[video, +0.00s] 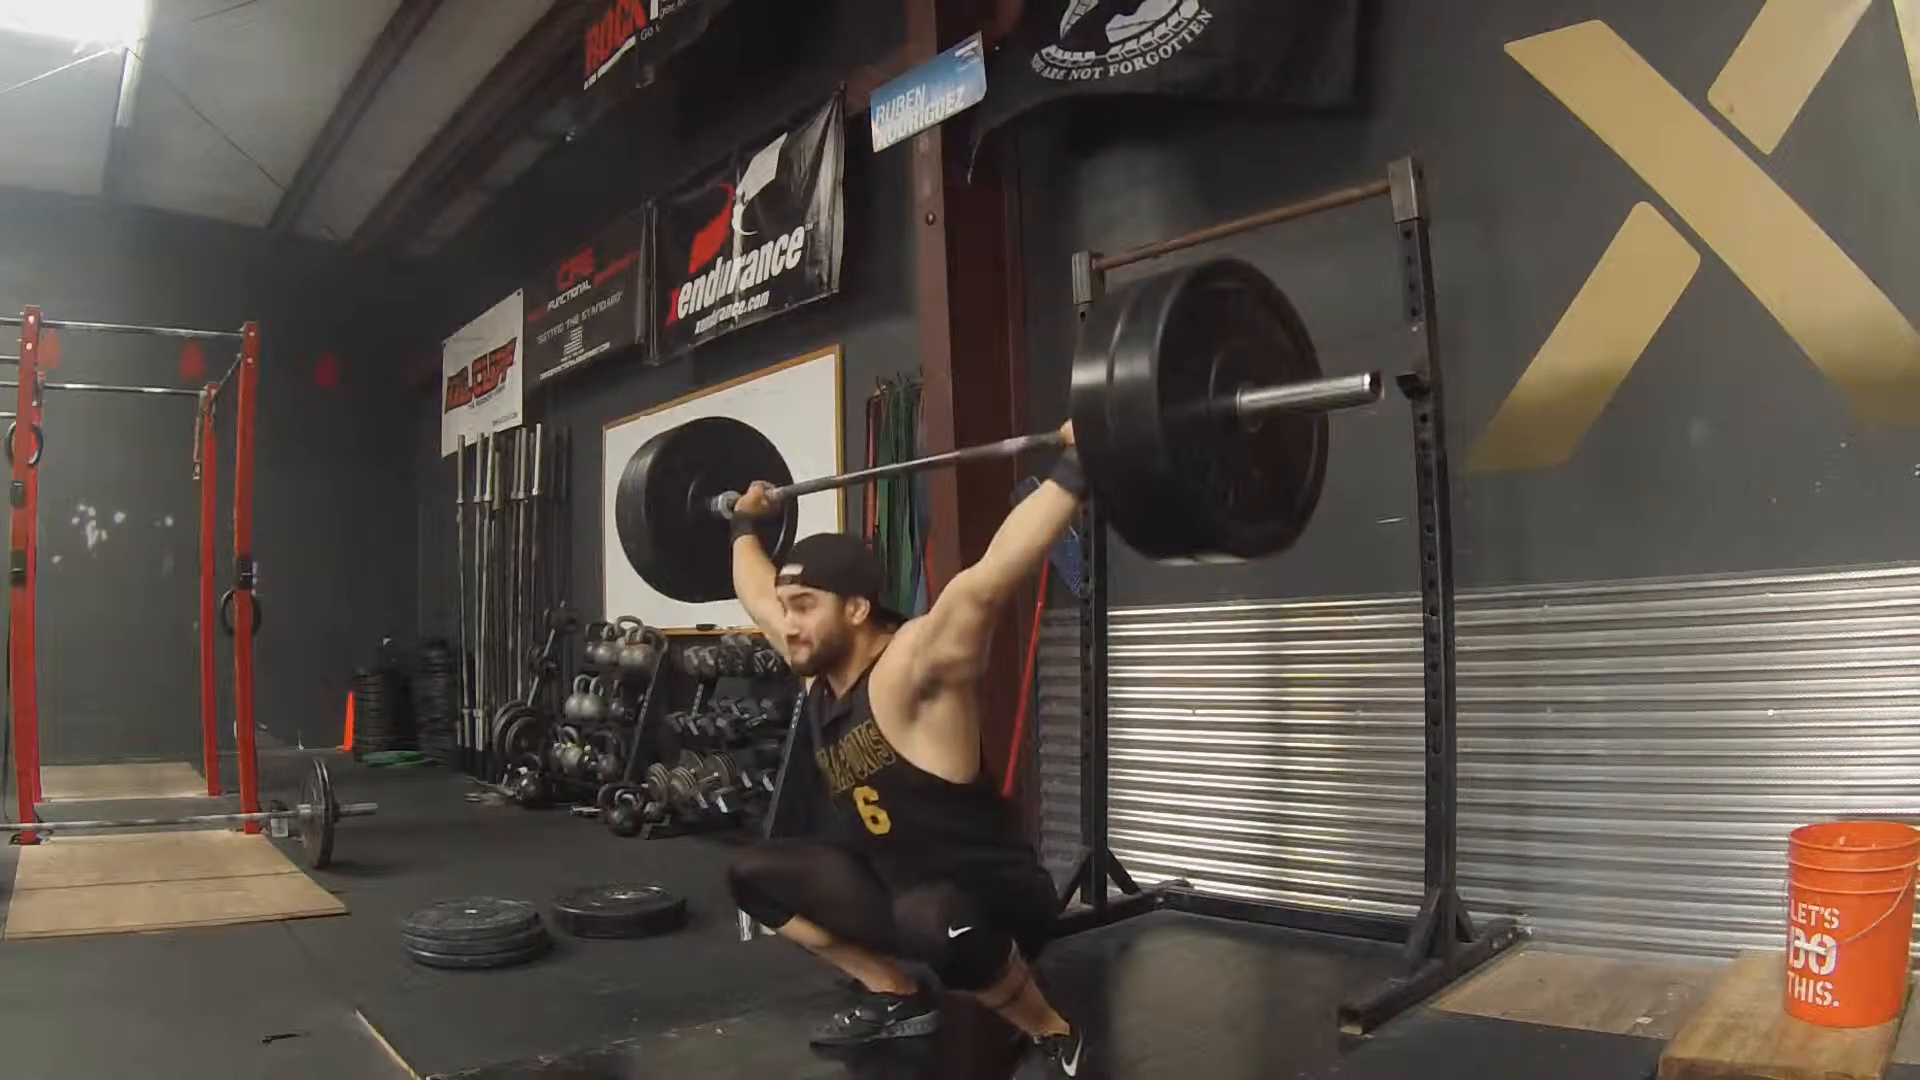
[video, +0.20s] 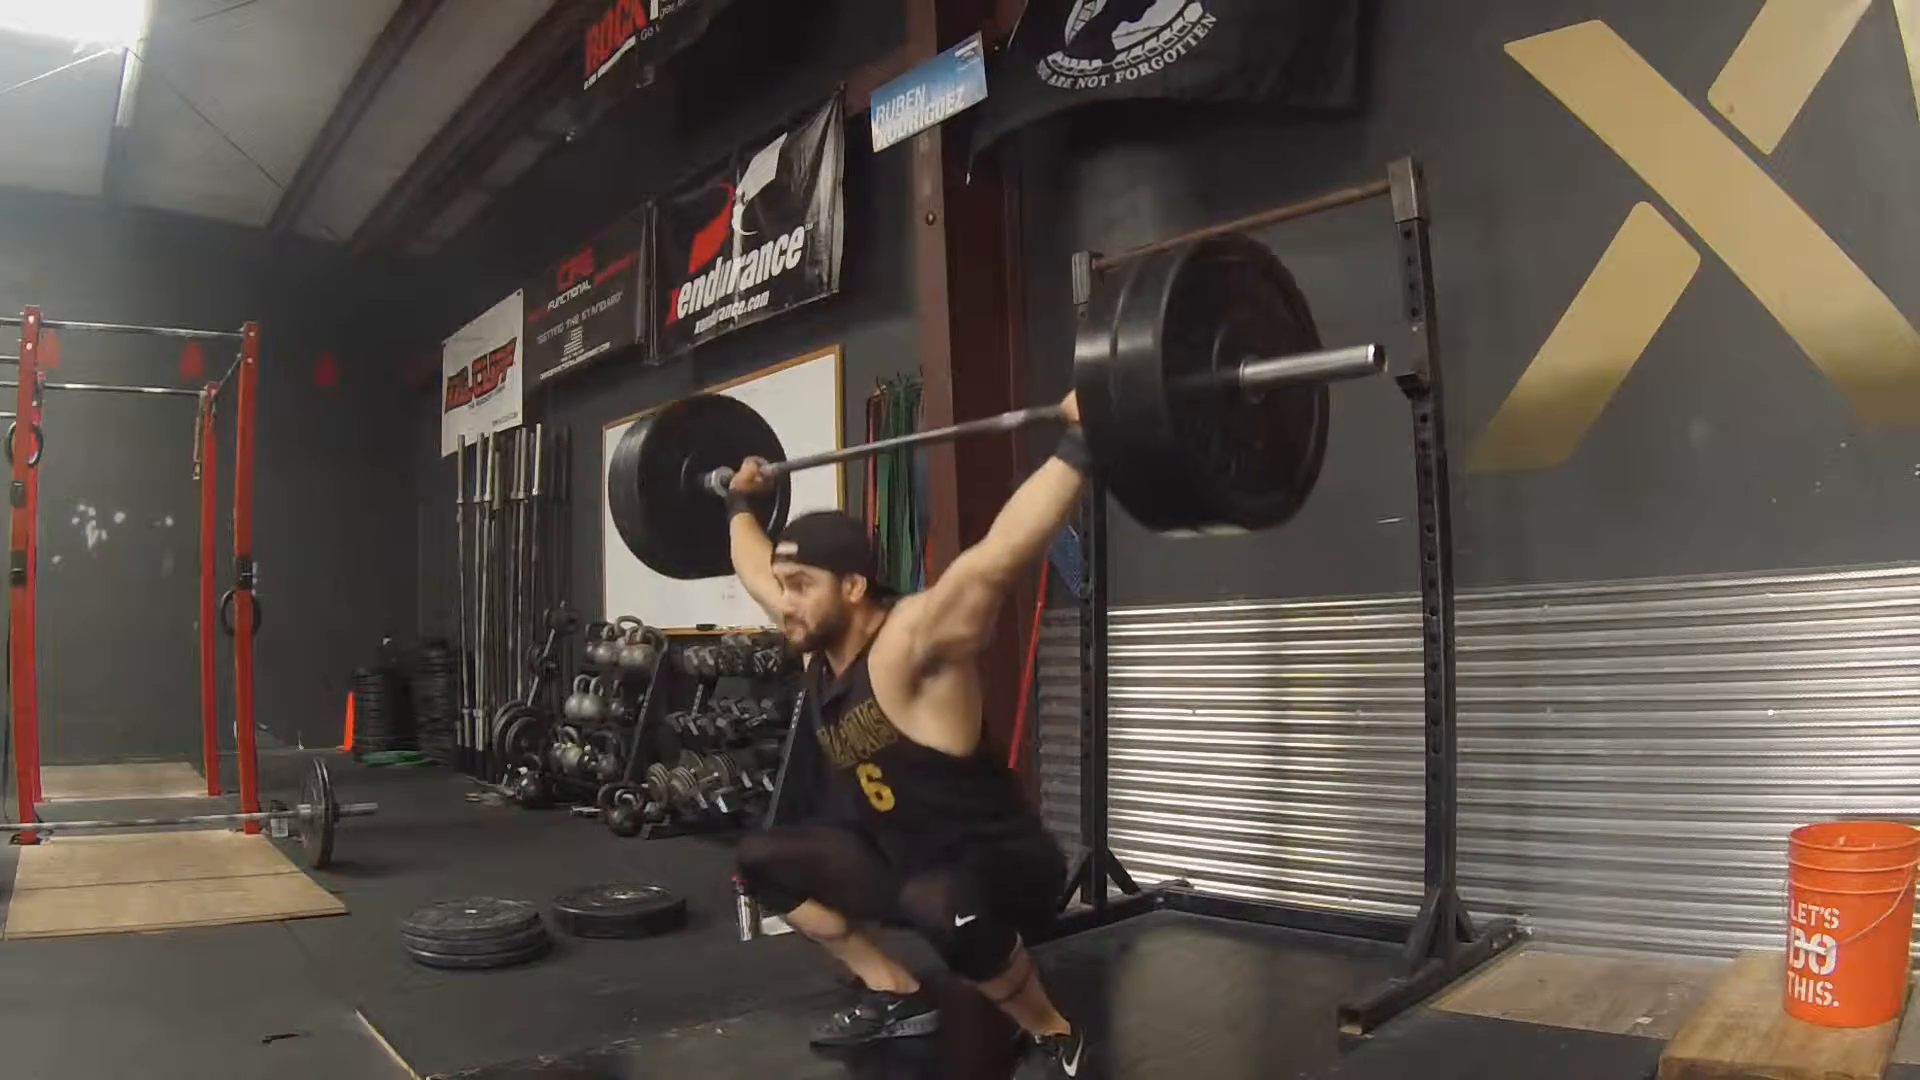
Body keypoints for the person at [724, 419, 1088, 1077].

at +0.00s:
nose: (787, 624)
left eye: (803, 605)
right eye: (784, 609)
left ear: (858, 610)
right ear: (780, 618)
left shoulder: (923, 659)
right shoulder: (826, 676)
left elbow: (990, 581)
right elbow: (761, 594)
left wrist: (1076, 467)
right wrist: (748, 523)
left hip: (989, 882)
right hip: (888, 881)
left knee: (933, 915)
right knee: (752, 874)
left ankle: (1052, 1036)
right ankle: (896, 993)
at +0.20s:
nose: (785, 603)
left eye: (799, 585)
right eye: (781, 588)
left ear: (854, 588)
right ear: (775, 590)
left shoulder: (920, 633)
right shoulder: (825, 651)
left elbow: (1000, 556)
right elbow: (758, 573)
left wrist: (1080, 442)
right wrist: (743, 500)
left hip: (996, 856)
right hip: (893, 858)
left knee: (940, 898)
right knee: (766, 863)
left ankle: (1049, 1033)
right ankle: (895, 992)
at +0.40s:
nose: (771, 566)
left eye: (787, 546)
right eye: (766, 547)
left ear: (842, 546)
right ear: (759, 546)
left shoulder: (913, 588)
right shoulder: (817, 614)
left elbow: (1001, 507)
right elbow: (750, 537)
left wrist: (1085, 396)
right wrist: (742, 464)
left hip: (1009, 803)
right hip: (909, 812)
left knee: (945, 881)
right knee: (778, 846)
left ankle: (1051, 1033)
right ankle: (893, 990)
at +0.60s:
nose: (763, 518)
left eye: (777, 496)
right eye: (756, 501)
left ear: (833, 492)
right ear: (754, 503)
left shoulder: (910, 534)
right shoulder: (815, 558)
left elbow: (1001, 453)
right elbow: (746, 487)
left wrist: (1088, 334)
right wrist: (743, 415)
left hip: (1011, 751)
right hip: (912, 763)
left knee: (958, 867)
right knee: (787, 837)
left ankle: (1051, 1031)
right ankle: (893, 991)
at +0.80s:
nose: (765, 461)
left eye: (777, 442)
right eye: (756, 446)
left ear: (832, 433)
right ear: (758, 450)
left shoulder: (911, 474)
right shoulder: (810, 501)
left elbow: (1005, 388)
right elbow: (745, 433)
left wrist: (1092, 278)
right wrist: (744, 364)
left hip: (1013, 700)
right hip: (919, 715)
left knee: (977, 854)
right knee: (798, 824)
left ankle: (1052, 1030)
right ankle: (891, 991)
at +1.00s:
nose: (775, 401)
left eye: (787, 381)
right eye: (766, 387)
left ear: (842, 369)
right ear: (769, 392)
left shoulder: (921, 413)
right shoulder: (811, 446)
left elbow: (1008, 325)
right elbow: (752, 379)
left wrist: (1101, 210)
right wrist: (750, 309)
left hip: (1011, 657)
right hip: (919, 676)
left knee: (987, 841)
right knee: (813, 813)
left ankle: (1055, 1031)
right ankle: (895, 993)